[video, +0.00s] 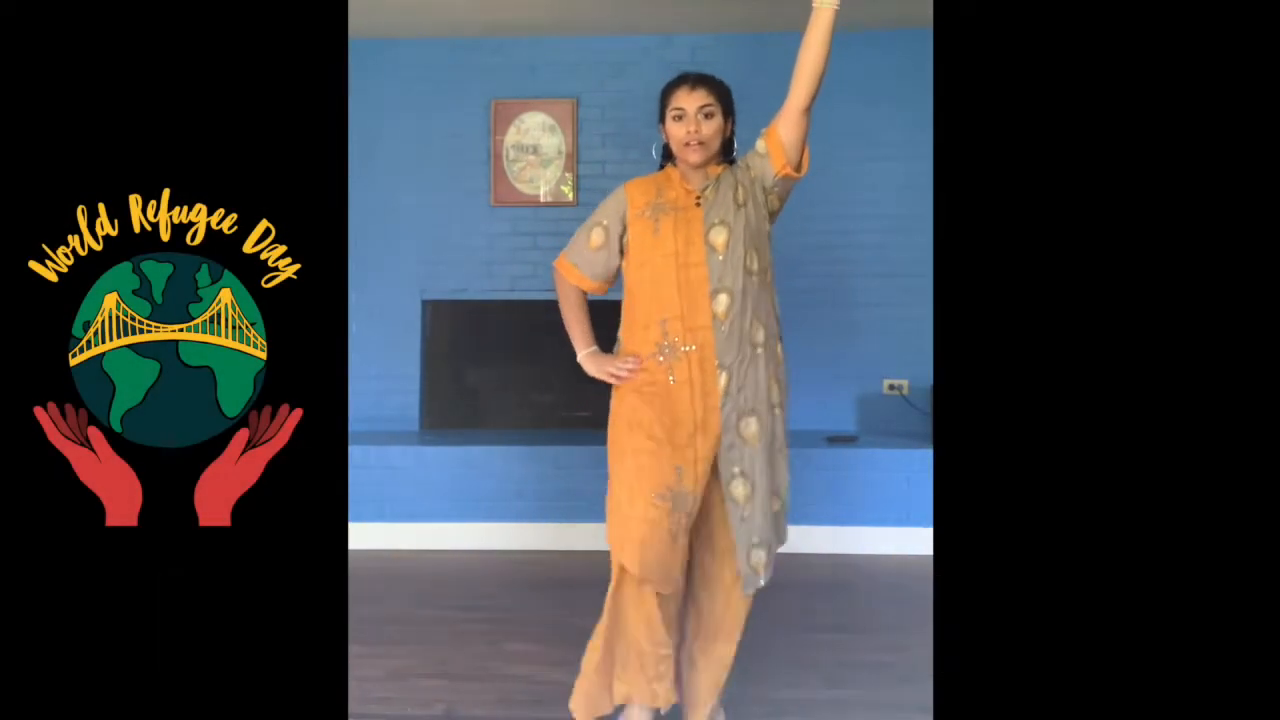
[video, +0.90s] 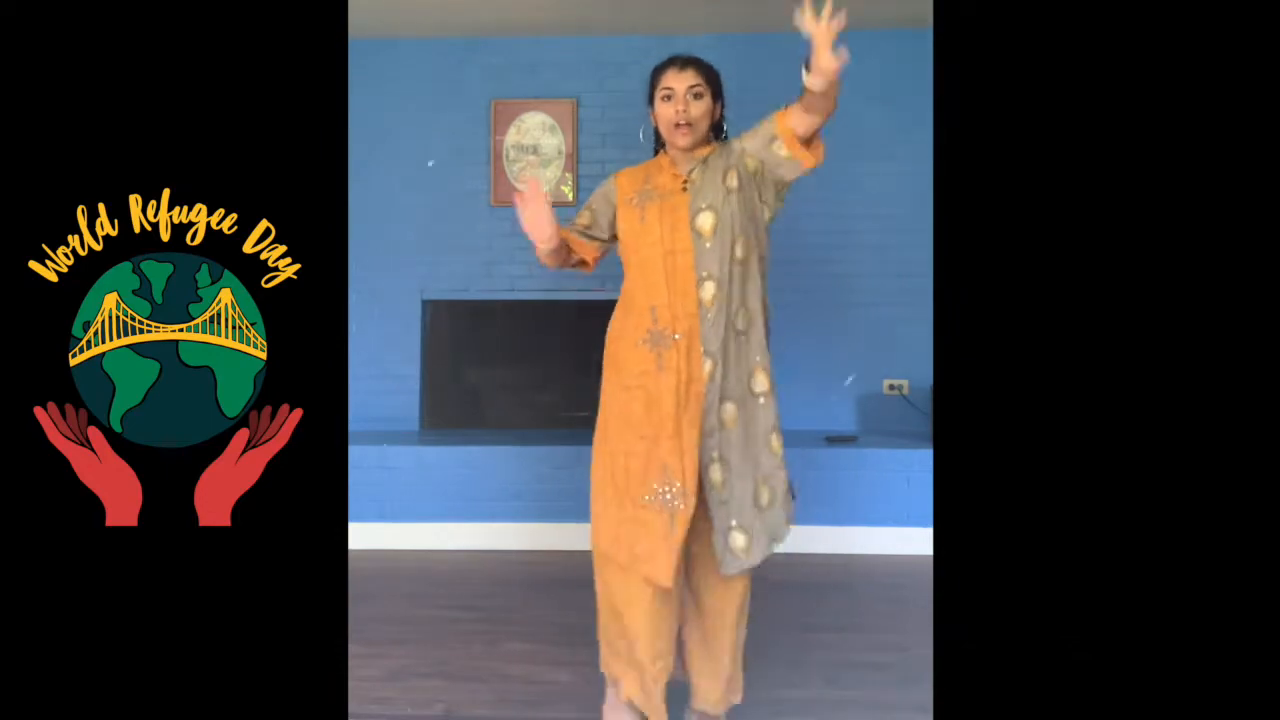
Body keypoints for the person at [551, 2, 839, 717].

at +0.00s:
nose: (692, 125)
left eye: (706, 114)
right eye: (679, 115)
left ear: (727, 127)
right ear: (664, 129)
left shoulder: (752, 189)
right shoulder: (636, 199)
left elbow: (799, 104)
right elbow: (571, 271)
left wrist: (825, 9)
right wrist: (588, 354)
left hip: (738, 402)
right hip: (652, 401)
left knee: (726, 565)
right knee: (649, 559)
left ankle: (702, 706)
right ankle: (639, 703)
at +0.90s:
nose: (681, 107)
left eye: (695, 95)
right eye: (667, 96)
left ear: (716, 108)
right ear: (651, 112)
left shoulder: (744, 166)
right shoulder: (625, 187)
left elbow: (809, 115)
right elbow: (563, 254)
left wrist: (822, 72)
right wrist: (544, 235)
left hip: (724, 387)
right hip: (640, 388)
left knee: (718, 551)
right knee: (633, 548)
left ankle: (713, 703)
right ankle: (629, 700)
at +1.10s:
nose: (679, 101)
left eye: (693, 90)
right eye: (666, 91)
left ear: (714, 106)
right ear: (649, 107)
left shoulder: (744, 167)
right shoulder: (618, 181)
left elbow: (847, 176)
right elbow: (555, 226)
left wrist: (784, 191)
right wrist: (538, 241)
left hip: (720, 383)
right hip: (634, 386)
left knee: (719, 536)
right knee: (630, 536)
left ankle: (704, 697)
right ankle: (627, 699)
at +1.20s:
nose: (682, 103)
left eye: (696, 92)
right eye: (669, 93)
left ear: (718, 106)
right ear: (652, 108)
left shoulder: (747, 180)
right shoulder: (617, 184)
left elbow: (823, 257)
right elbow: (554, 255)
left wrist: (769, 241)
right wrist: (575, 274)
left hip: (719, 381)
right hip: (633, 382)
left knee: (717, 526)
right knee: (633, 528)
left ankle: (703, 690)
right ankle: (628, 692)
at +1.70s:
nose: (693, 103)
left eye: (708, 93)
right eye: (681, 93)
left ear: (731, 107)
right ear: (664, 109)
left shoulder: (757, 169)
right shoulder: (635, 181)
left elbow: (759, 272)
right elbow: (619, 264)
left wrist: (745, 345)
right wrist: (607, 315)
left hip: (717, 383)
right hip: (636, 380)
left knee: (716, 540)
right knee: (642, 541)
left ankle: (714, 674)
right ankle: (650, 696)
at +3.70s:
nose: (687, 109)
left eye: (702, 96)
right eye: (673, 98)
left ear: (726, 102)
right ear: (657, 107)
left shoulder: (767, 175)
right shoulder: (630, 178)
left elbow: (792, 291)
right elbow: (586, 290)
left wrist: (793, 395)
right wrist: (572, 392)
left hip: (724, 405)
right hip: (631, 405)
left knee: (721, 576)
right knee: (635, 579)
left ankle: (715, 709)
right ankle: (644, 713)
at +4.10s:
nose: (691, 132)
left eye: (707, 120)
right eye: (676, 120)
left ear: (727, 132)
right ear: (658, 132)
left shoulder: (756, 216)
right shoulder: (614, 205)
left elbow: (838, 294)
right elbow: (549, 285)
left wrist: (776, 297)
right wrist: (598, 305)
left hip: (728, 446)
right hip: (634, 443)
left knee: (714, 619)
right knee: (638, 615)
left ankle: (692, 711)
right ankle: (635, 711)